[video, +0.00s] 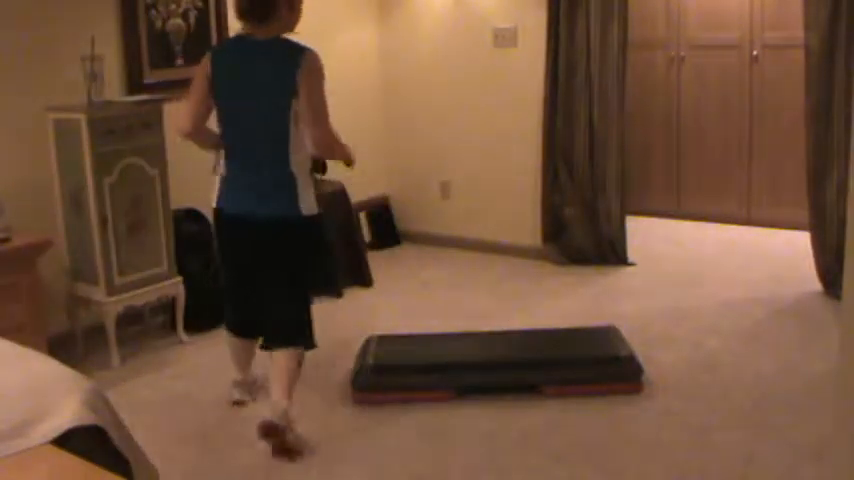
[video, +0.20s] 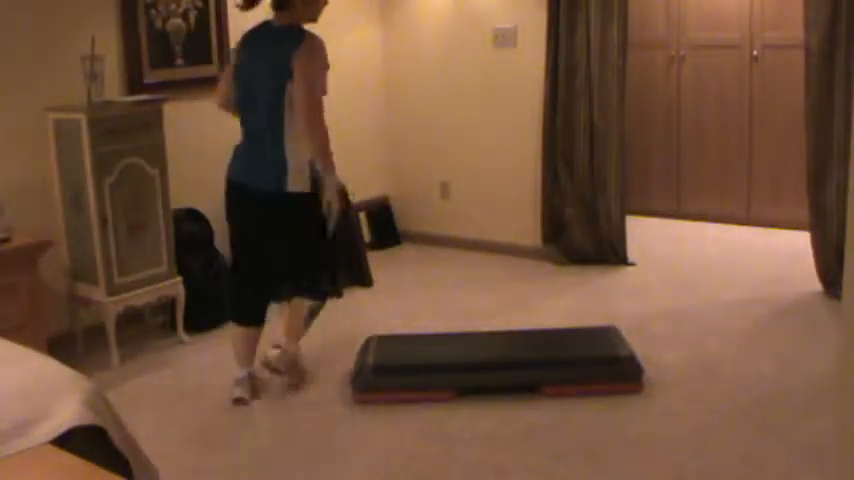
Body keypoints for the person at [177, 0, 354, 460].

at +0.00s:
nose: (299, 11)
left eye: (297, 5)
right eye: (296, 5)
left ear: (243, 9)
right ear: (287, 8)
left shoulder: (216, 59)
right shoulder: (302, 58)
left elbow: (189, 127)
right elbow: (320, 139)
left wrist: (225, 144)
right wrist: (341, 152)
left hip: (235, 209)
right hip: (288, 209)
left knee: (242, 300)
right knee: (290, 308)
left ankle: (242, 382)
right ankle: (280, 409)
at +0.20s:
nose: (323, 6)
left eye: (323, 1)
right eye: (321, 1)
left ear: (281, 2)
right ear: (307, 3)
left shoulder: (250, 38)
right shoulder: (308, 45)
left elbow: (224, 97)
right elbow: (310, 118)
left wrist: (261, 115)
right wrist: (330, 174)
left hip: (244, 181)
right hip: (292, 184)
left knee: (249, 278)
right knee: (317, 270)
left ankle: (244, 377)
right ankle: (287, 349)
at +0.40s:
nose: (363, 12)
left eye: (361, 5)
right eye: (357, 5)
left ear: (319, 9)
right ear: (335, 9)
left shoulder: (298, 49)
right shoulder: (334, 58)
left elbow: (277, 99)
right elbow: (320, 125)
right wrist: (318, 184)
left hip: (282, 183)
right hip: (324, 190)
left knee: (286, 272)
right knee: (336, 267)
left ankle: (251, 347)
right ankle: (327, 342)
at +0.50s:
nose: (380, 9)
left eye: (379, 2)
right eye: (375, 2)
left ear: (340, 7)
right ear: (352, 6)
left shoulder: (319, 44)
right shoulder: (345, 52)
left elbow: (298, 97)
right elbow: (329, 122)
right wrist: (326, 182)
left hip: (309, 177)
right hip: (341, 184)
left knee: (317, 254)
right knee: (345, 264)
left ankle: (282, 314)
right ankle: (328, 342)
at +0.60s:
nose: (397, 6)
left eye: (397, 1)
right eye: (393, 0)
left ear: (363, 2)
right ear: (374, 1)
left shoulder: (345, 33)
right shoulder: (358, 39)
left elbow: (317, 90)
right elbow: (336, 102)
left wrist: (349, 138)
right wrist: (341, 166)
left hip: (342, 167)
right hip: (349, 172)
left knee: (353, 245)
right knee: (348, 251)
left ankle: (336, 321)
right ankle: (330, 334)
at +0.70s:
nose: (415, 6)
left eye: (413, 0)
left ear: (381, 6)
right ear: (384, 4)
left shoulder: (381, 41)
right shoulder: (373, 44)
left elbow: (340, 90)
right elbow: (348, 98)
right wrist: (356, 161)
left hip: (379, 171)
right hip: (357, 173)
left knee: (395, 249)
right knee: (352, 259)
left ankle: (392, 319)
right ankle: (328, 337)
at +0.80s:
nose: (433, 9)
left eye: (431, 3)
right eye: (426, 3)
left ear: (404, 9)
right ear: (402, 7)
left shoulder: (403, 50)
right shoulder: (387, 51)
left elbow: (388, 112)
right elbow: (359, 108)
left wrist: (406, 165)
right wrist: (380, 163)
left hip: (399, 172)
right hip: (381, 174)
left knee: (411, 250)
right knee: (406, 253)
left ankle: (399, 324)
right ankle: (347, 318)